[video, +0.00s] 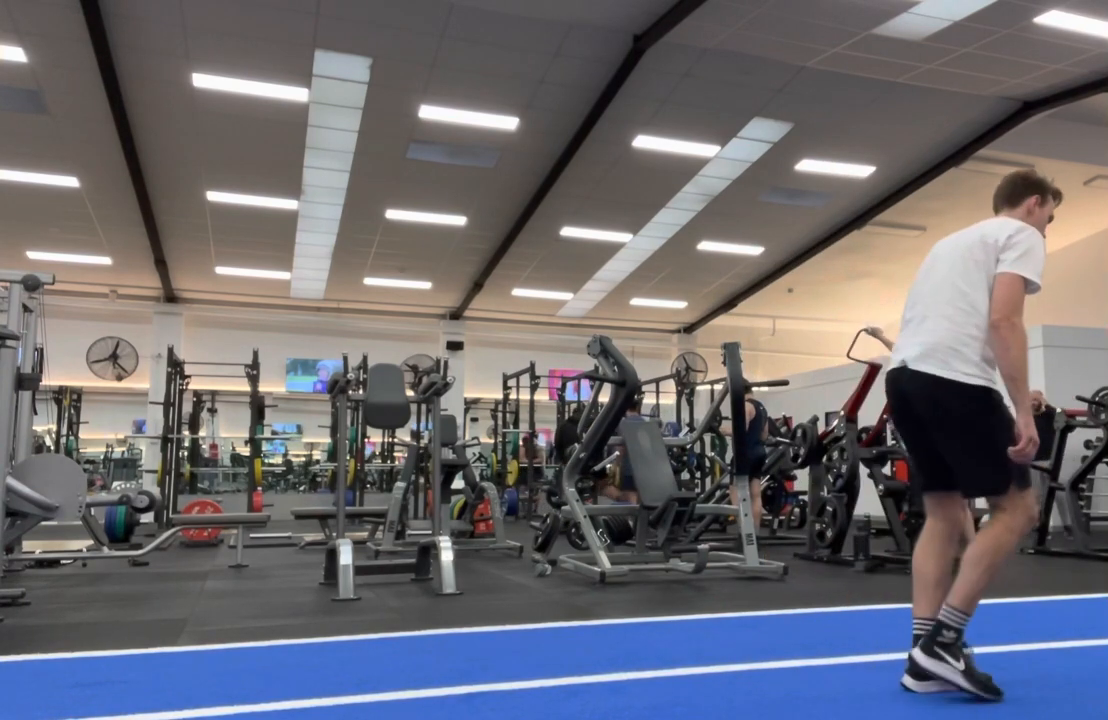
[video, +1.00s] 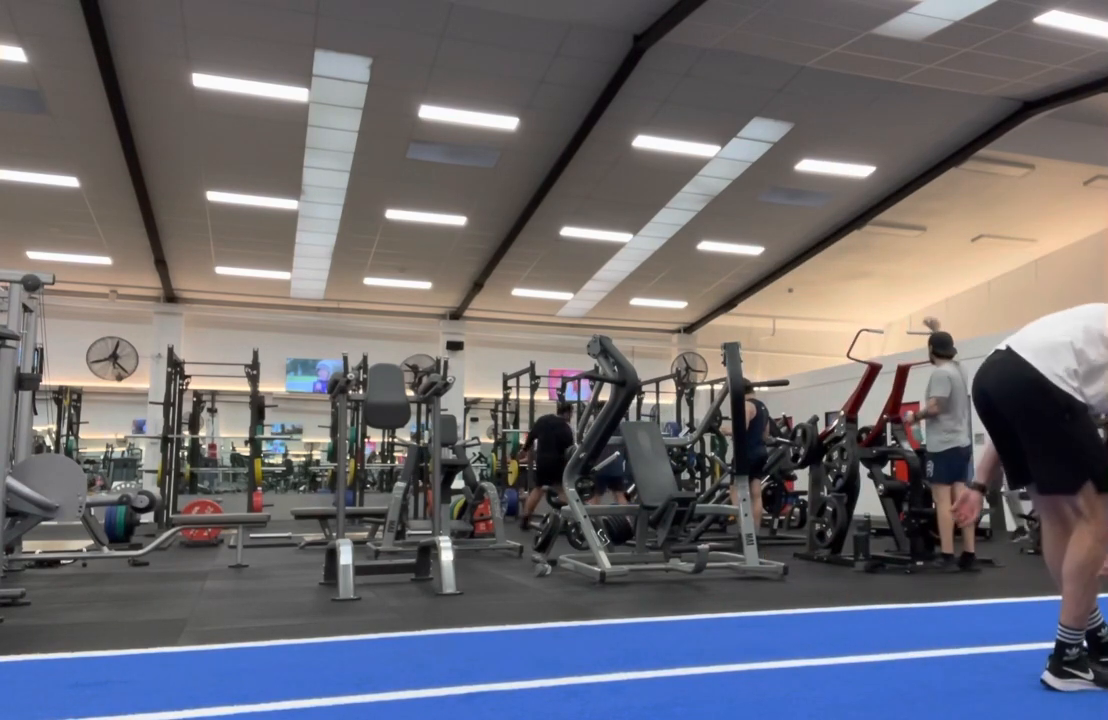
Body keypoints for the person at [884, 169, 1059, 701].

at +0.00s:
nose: (1047, 228)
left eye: (1051, 220)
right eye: (1049, 218)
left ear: (1003, 204)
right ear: (1034, 204)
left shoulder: (951, 245)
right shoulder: (1021, 234)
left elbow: (931, 330)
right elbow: (1004, 318)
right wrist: (1024, 409)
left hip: (905, 380)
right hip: (957, 381)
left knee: (944, 517)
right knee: (1017, 508)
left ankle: (925, 655)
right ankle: (945, 637)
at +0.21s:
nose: (1069, 217)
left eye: (1071, 209)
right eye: (1070, 207)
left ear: (1026, 196)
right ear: (1057, 195)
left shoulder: (979, 237)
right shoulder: (1045, 224)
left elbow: (953, 323)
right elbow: (1020, 307)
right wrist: (1048, 396)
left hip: (933, 380)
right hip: (990, 380)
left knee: (951, 515)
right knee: (1034, 510)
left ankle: (927, 653)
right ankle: (1042, 653)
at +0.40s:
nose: (1106, 231)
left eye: (1106, 225)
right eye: (1107, 223)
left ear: (1062, 212)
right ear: (1096, 214)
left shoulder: (1016, 247)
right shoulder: (1083, 241)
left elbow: (997, 333)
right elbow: (1067, 326)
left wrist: (1050, 402)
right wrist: (1092, 416)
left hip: (967, 380)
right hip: (1022, 384)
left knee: (1011, 511)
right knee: (1060, 515)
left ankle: (955, 618)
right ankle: (1063, 656)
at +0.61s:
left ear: (1091, 251)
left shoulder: (1048, 269)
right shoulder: (1103, 269)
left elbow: (991, 346)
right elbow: (1102, 358)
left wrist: (979, 433)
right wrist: (1106, 443)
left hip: (982, 375)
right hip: (1036, 381)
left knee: (1047, 508)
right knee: (1078, 511)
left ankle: (1057, 637)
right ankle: (1065, 652)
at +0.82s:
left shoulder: (1083, 297)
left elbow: (999, 362)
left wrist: (971, 448)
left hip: (989, 378)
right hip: (1040, 383)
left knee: (1051, 519)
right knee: (1092, 514)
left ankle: (1093, 635)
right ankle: (1068, 656)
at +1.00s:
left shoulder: (1092, 325)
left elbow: (1013, 415)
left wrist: (979, 484)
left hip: (993, 380)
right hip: (1039, 385)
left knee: (1056, 518)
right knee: (1099, 520)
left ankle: (1095, 636)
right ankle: (1068, 657)